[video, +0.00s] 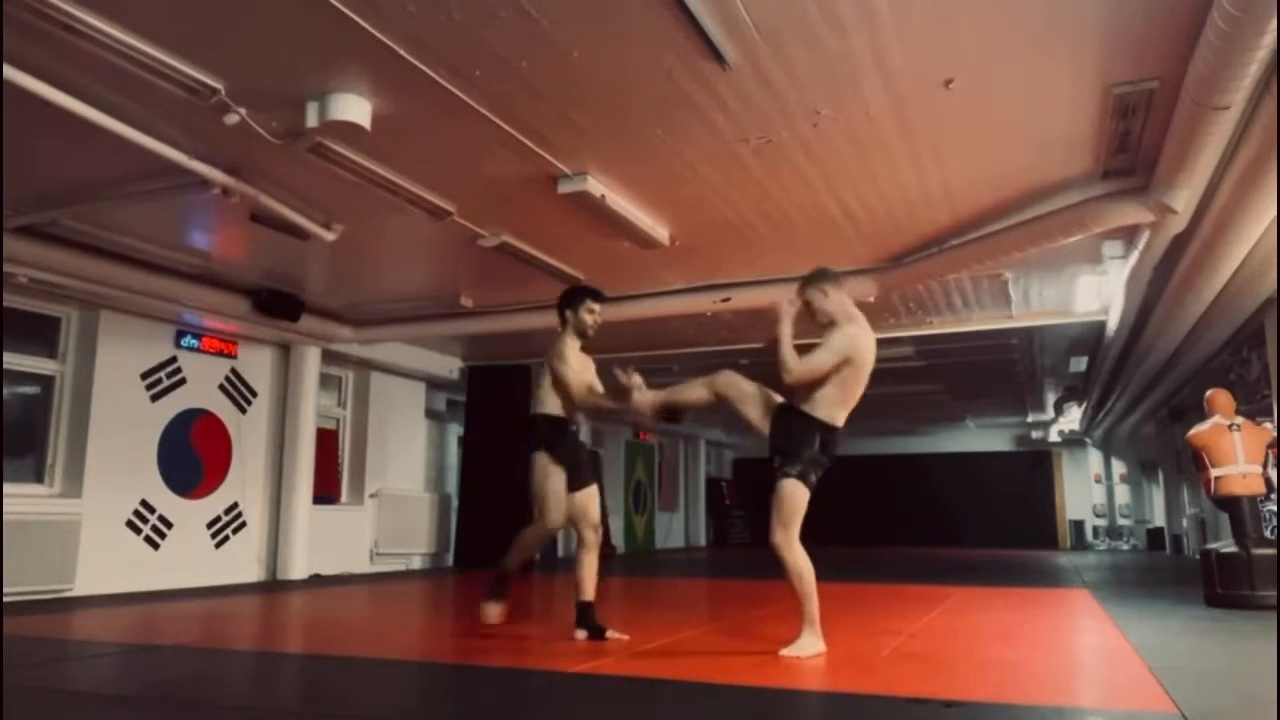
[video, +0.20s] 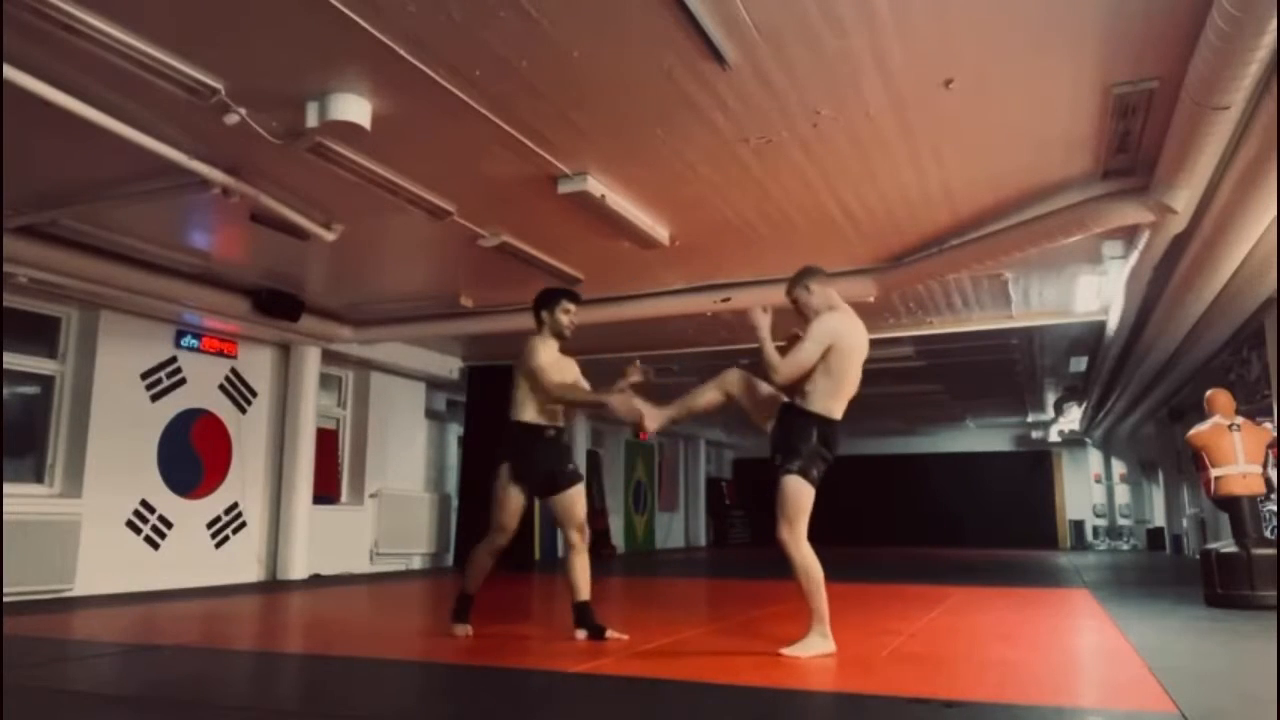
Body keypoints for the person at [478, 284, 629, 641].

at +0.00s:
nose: (596, 319)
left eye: (598, 313)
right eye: (590, 312)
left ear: (596, 318)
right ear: (569, 313)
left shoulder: (586, 359)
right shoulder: (560, 349)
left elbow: (598, 398)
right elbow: (580, 400)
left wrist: (628, 399)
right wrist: (628, 408)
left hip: (574, 441)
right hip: (547, 437)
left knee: (590, 531)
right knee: (549, 522)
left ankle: (586, 618)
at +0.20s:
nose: (572, 320)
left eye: (574, 314)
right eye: (565, 312)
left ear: (571, 319)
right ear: (544, 314)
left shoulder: (570, 364)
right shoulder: (533, 349)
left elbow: (589, 400)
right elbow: (552, 390)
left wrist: (623, 384)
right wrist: (607, 398)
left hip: (556, 447)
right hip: (521, 443)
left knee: (578, 534)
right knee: (500, 533)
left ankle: (584, 619)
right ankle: (463, 607)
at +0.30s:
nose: (560, 322)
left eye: (563, 316)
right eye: (554, 314)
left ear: (560, 320)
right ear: (533, 315)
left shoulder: (560, 364)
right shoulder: (514, 348)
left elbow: (573, 411)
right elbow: (513, 392)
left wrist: (605, 393)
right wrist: (564, 397)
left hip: (545, 448)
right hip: (507, 446)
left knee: (566, 534)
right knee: (488, 534)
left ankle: (584, 618)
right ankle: (465, 612)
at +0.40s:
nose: (548, 321)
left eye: (550, 315)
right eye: (542, 314)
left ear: (549, 320)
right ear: (520, 315)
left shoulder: (549, 365)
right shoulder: (497, 349)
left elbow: (553, 413)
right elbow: (486, 392)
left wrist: (586, 404)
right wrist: (522, 391)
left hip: (534, 450)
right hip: (495, 447)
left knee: (559, 533)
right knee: (480, 534)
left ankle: (584, 617)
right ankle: (464, 616)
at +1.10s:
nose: (544, 323)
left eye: (548, 318)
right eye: (538, 315)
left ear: (548, 322)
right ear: (518, 315)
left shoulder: (539, 357)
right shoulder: (503, 348)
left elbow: (564, 399)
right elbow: (517, 386)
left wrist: (576, 360)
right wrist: (540, 345)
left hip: (532, 445)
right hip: (499, 443)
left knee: (555, 528)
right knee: (486, 530)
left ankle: (558, 613)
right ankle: (462, 615)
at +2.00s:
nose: (512, 334)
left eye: (516, 329)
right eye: (508, 325)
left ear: (515, 331)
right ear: (487, 319)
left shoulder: (507, 361)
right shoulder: (459, 347)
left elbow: (529, 406)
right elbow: (468, 390)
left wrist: (553, 377)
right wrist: (504, 352)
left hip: (492, 447)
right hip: (459, 446)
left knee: (523, 534)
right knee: (458, 536)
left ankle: (550, 612)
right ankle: (419, 620)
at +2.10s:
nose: (498, 326)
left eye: (502, 320)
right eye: (493, 317)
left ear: (502, 323)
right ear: (474, 313)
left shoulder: (494, 356)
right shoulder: (448, 344)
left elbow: (517, 403)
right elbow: (457, 383)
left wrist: (540, 372)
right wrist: (489, 347)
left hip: (481, 443)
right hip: (449, 441)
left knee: (507, 531)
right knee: (451, 532)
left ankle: (524, 608)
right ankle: (418, 620)